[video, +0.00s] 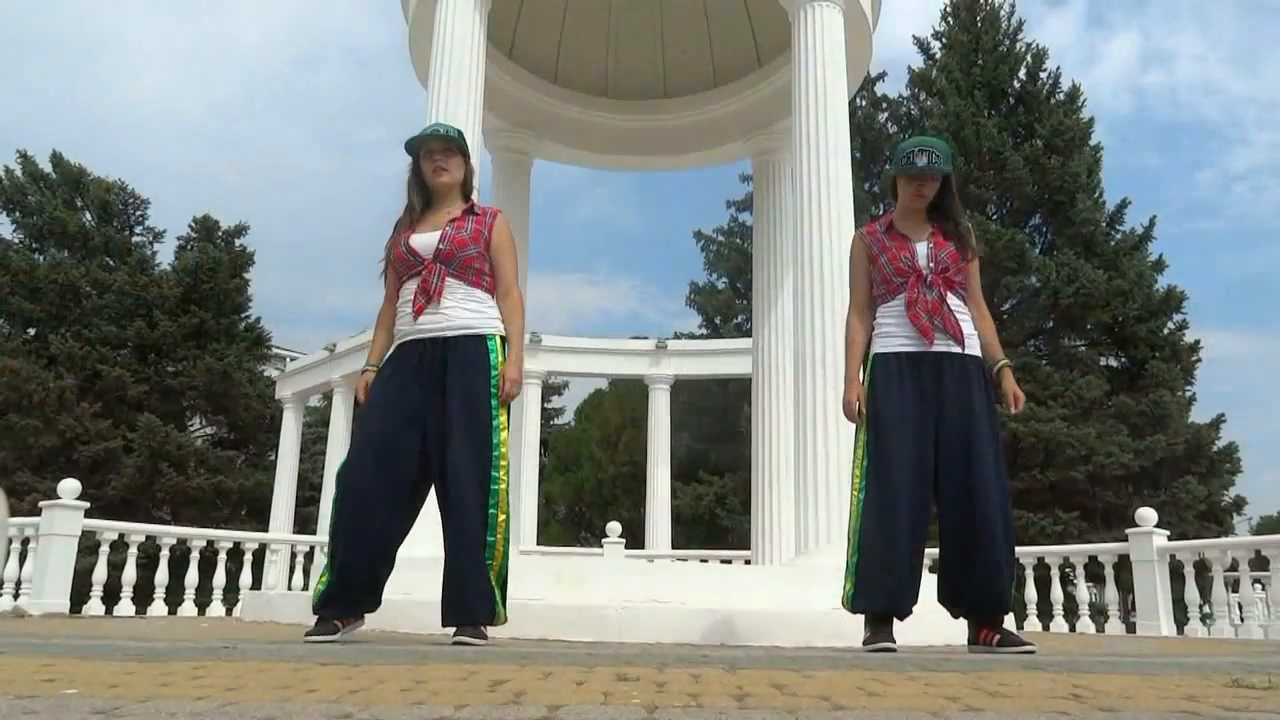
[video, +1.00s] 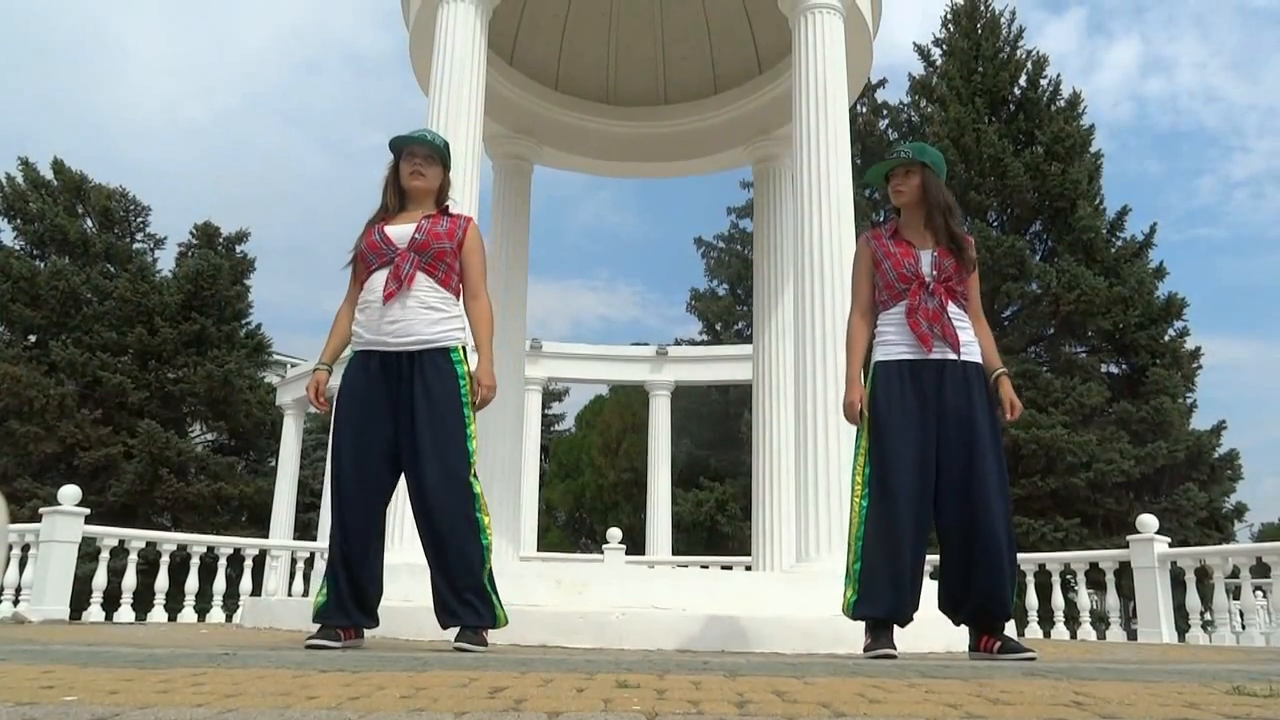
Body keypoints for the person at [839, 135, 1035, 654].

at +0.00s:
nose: (919, 185)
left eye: (928, 178)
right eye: (911, 176)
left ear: (942, 184)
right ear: (895, 179)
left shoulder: (960, 240)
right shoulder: (869, 239)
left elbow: (978, 309)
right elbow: (860, 313)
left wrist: (1003, 368)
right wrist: (853, 377)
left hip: (962, 373)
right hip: (897, 372)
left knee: (978, 490)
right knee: (895, 491)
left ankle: (985, 625)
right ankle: (879, 620)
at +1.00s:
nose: (895, 182)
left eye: (906, 173)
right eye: (891, 176)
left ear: (931, 181)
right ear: (887, 187)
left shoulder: (961, 244)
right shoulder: (874, 243)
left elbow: (977, 317)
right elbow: (862, 314)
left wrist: (1000, 376)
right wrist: (854, 381)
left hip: (963, 378)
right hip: (898, 378)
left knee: (980, 497)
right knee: (897, 499)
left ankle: (986, 632)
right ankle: (880, 628)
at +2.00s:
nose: (914, 179)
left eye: (922, 173)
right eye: (905, 173)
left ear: (934, 185)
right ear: (888, 185)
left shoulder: (955, 248)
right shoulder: (866, 245)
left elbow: (974, 320)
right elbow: (852, 316)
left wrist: (1008, 368)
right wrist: (849, 377)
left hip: (954, 381)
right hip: (890, 380)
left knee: (973, 498)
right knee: (891, 501)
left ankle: (984, 634)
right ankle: (881, 629)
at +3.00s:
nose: (945, 172)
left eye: (954, 166)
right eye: (934, 164)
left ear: (962, 180)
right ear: (914, 176)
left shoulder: (956, 248)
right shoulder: (898, 219)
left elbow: (987, 315)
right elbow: (882, 281)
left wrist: (1019, 281)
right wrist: (937, 217)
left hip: (920, 381)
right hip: (886, 371)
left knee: (897, 498)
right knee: (936, 479)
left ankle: (884, 632)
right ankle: (921, 630)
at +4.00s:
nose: (923, 255)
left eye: (932, 253)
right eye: (914, 250)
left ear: (942, 270)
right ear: (898, 259)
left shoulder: (928, 316)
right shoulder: (888, 277)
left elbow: (943, 392)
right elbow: (861, 325)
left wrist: (960, 344)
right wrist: (940, 314)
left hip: (916, 406)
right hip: (880, 393)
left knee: (951, 522)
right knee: (915, 503)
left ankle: (889, 642)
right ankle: (911, 640)